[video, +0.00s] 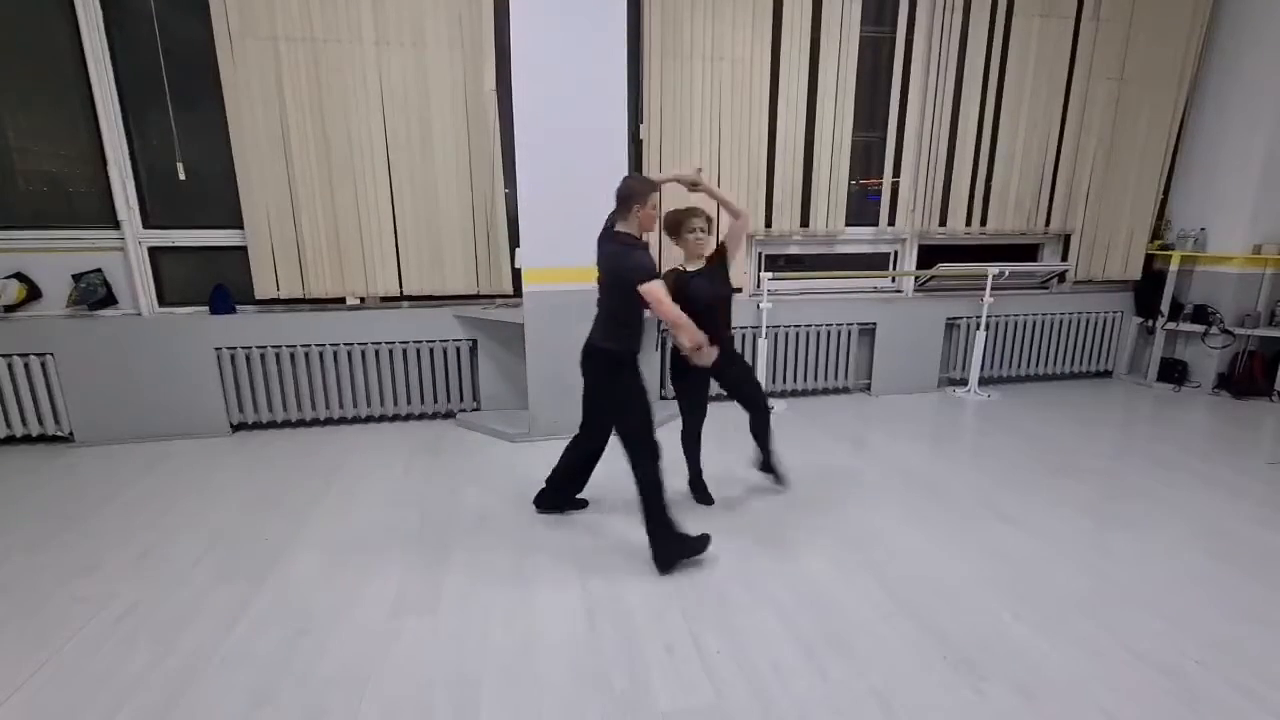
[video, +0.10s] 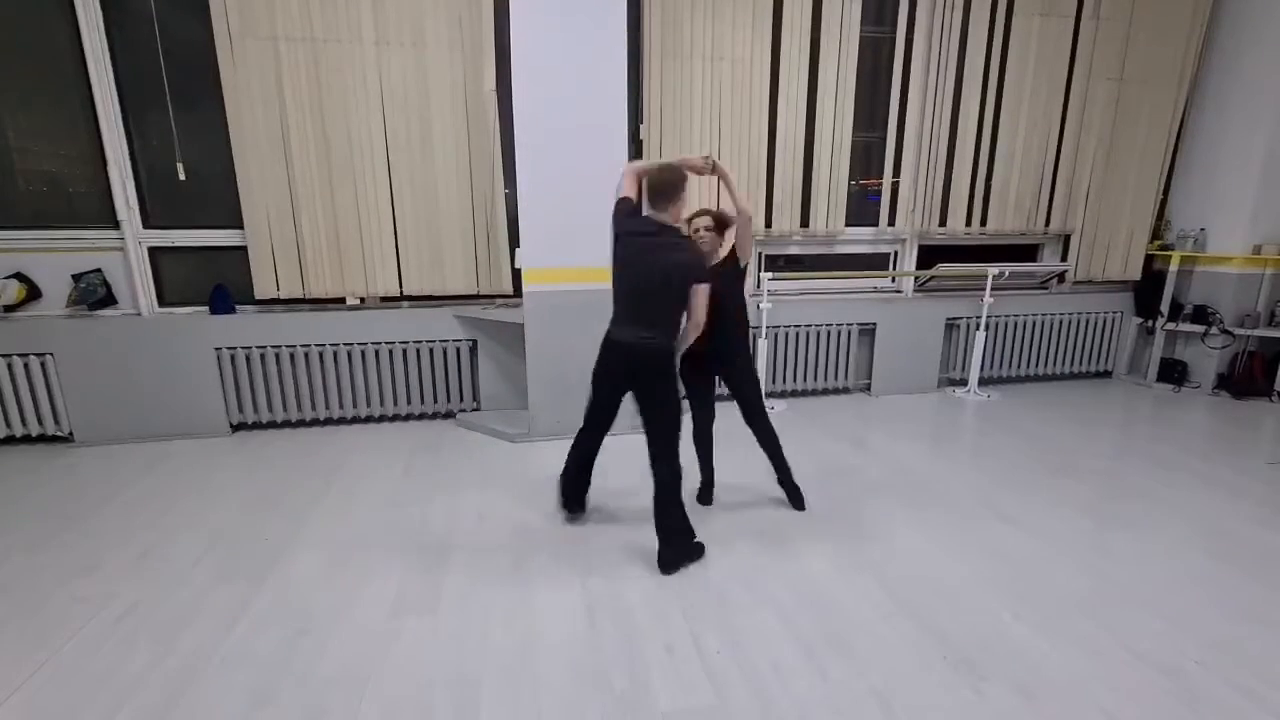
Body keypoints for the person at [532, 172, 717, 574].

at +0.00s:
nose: (657, 213)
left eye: (657, 206)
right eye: (654, 206)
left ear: (627, 206)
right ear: (639, 209)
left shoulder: (611, 236)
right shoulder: (635, 256)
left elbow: (636, 194)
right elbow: (669, 314)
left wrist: (673, 178)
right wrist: (701, 343)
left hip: (600, 354)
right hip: (616, 361)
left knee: (594, 432)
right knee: (644, 450)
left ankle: (555, 494)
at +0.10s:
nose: (689, 201)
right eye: (687, 196)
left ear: (646, 197)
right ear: (682, 202)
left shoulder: (626, 227)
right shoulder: (690, 255)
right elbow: (697, 322)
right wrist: (673, 350)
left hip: (615, 352)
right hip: (656, 359)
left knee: (592, 428)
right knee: (665, 456)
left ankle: (572, 498)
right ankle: (674, 547)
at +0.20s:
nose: (661, 184)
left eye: (667, 176)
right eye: (664, 175)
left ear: (681, 187)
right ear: (701, 192)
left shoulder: (673, 232)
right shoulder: (698, 237)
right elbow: (704, 305)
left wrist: (685, 156)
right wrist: (689, 335)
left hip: (659, 356)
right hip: (688, 355)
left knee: (615, 420)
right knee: (682, 449)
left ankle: (622, 502)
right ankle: (694, 546)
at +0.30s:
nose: (703, 194)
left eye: (712, 187)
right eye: (696, 185)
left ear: (724, 195)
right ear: (686, 189)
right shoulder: (678, 237)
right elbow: (685, 296)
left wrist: (727, 155)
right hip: (685, 357)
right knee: (705, 448)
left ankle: (673, 512)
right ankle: (730, 522)